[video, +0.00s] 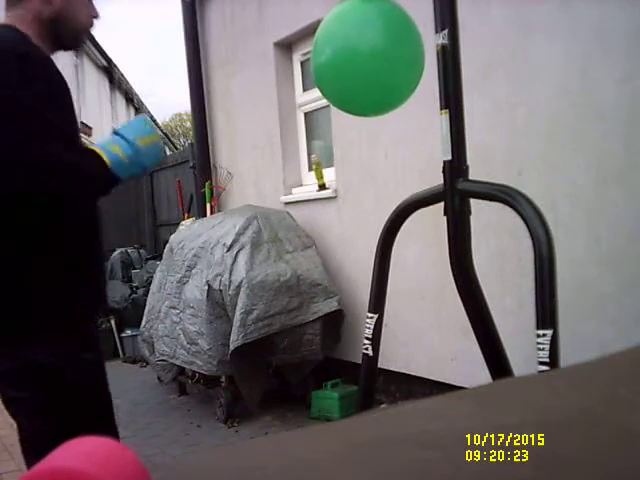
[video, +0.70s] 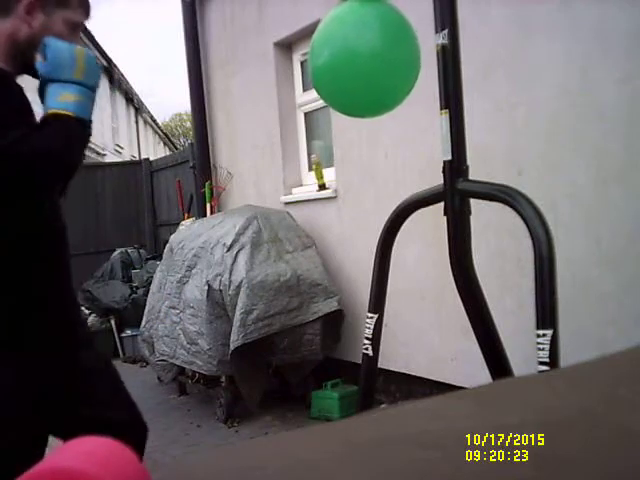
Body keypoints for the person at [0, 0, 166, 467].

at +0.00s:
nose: (95, 13)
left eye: (92, 3)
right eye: (87, 2)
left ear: (40, 5)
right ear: (48, 2)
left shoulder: (25, 65)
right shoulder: (21, 66)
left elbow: (42, 183)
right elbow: (42, 189)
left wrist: (108, 155)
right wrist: (114, 157)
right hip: (43, 317)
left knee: (74, 462)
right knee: (83, 464)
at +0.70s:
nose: (76, 45)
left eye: (80, 32)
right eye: (73, 27)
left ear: (29, 15)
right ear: (30, 12)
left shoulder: (11, 90)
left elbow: (33, 193)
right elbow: (33, 189)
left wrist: (69, 102)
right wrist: (71, 95)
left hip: (39, 316)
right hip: (23, 321)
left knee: (119, 435)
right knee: (118, 434)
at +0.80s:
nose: (78, 35)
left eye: (83, 24)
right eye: (76, 21)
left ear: (37, 10)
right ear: (39, 8)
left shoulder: (18, 77)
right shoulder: (8, 78)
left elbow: (52, 169)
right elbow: (55, 170)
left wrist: (75, 70)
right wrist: (83, 74)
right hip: (29, 316)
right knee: (116, 435)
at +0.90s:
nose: (101, 40)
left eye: (106, 27)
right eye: (98, 25)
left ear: (52, 17)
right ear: (61, 16)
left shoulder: (22, 82)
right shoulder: (17, 85)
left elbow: (89, 166)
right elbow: (91, 165)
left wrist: (105, 73)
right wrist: (109, 68)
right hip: (41, 329)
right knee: (133, 443)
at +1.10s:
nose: (161, 38)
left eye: (162, 25)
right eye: (157, 22)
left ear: (117, 17)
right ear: (118, 15)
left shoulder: (110, 87)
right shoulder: (24, 81)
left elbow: (143, 126)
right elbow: (95, 172)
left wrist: (190, 95)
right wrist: (140, 89)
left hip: (111, 311)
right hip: (35, 322)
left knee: (172, 449)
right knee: (70, 466)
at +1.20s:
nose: (171, 40)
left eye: (173, 29)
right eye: (167, 25)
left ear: (132, 19)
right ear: (131, 15)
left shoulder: (132, 93)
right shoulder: (43, 79)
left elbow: (182, 137)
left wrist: (253, 119)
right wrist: (146, 90)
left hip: (130, 304)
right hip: (61, 312)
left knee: (206, 425)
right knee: (81, 463)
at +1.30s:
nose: (191, 41)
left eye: (191, 28)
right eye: (186, 25)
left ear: (149, 20)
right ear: (148, 17)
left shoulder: (145, 96)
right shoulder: (66, 88)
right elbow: (113, 192)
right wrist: (169, 99)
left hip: (163, 316)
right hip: (94, 324)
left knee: (244, 449)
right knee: (84, 470)